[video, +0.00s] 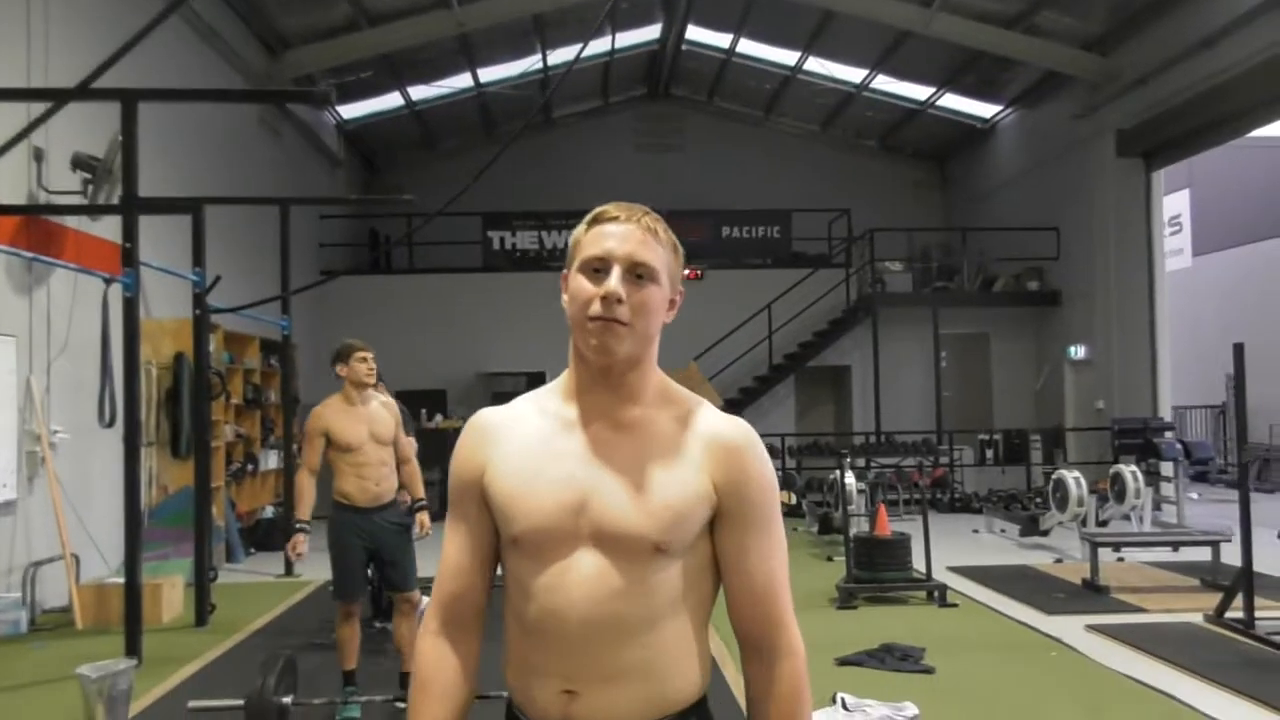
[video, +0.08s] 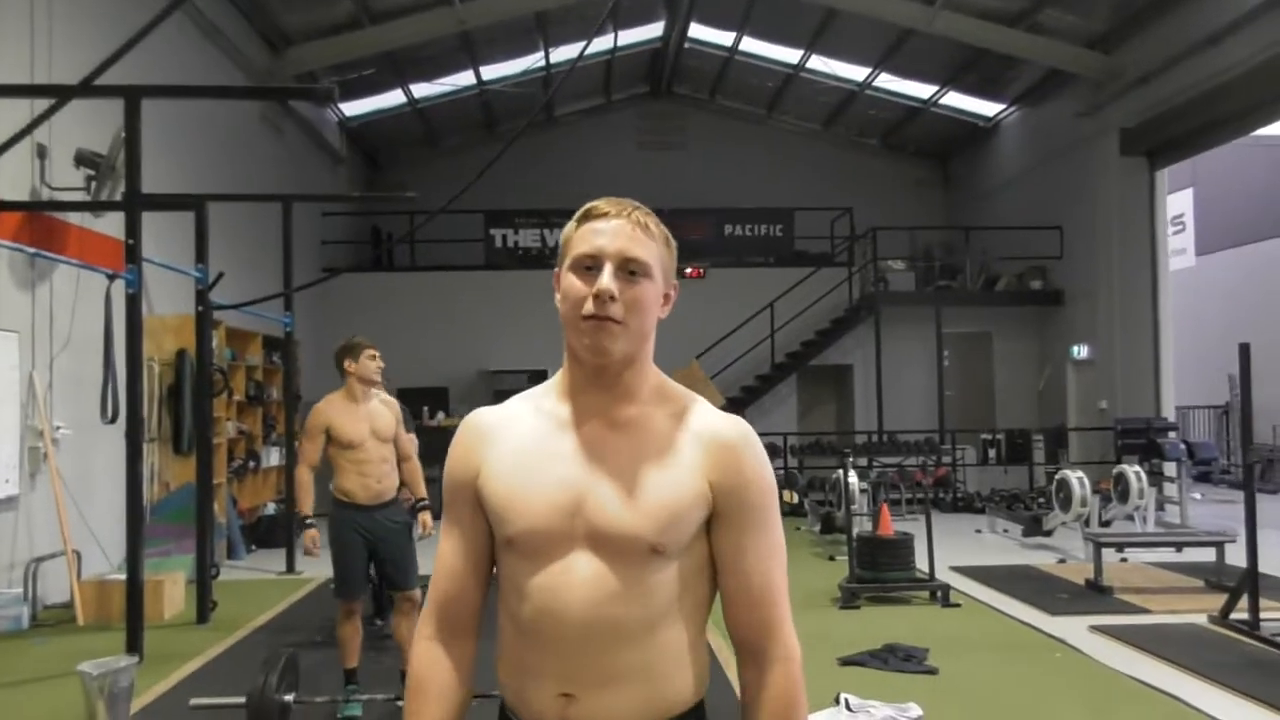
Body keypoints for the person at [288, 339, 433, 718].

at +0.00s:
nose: (372, 366)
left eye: (373, 361)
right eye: (363, 361)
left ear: (376, 368)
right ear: (342, 369)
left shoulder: (389, 407)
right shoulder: (324, 414)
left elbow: (408, 459)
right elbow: (308, 471)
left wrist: (420, 504)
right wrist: (301, 527)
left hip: (393, 515)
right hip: (348, 518)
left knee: (408, 600)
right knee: (349, 606)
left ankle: (408, 686)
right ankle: (349, 689)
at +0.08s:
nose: (380, 363)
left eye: (380, 358)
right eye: (372, 358)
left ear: (379, 366)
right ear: (350, 366)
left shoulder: (391, 405)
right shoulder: (326, 410)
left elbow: (408, 457)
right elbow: (306, 466)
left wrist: (422, 503)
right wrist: (306, 520)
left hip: (393, 514)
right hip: (349, 516)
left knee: (409, 599)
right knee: (351, 605)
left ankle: (411, 683)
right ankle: (351, 687)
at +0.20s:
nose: (391, 364)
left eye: (391, 358)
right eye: (384, 357)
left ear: (372, 362)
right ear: (362, 361)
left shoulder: (395, 402)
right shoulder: (332, 406)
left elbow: (412, 455)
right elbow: (308, 464)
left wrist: (428, 500)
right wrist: (321, 518)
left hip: (398, 511)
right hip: (354, 512)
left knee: (411, 594)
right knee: (356, 601)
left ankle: (415, 677)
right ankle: (358, 681)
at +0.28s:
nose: (396, 361)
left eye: (395, 355)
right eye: (390, 355)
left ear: (376, 360)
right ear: (367, 358)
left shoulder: (396, 400)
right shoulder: (335, 401)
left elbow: (414, 454)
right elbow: (313, 463)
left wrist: (435, 498)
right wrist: (326, 516)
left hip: (400, 506)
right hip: (357, 508)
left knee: (413, 591)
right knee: (358, 598)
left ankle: (418, 674)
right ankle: (361, 680)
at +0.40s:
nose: (396, 363)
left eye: (396, 357)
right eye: (390, 356)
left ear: (378, 362)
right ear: (367, 359)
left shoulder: (394, 402)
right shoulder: (334, 402)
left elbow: (409, 454)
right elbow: (314, 464)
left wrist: (421, 495)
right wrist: (325, 521)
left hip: (396, 508)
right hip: (354, 510)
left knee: (401, 598)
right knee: (358, 601)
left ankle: (404, 678)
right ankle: (359, 683)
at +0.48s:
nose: (391, 367)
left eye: (390, 361)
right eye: (385, 360)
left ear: (371, 363)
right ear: (363, 362)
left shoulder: (390, 406)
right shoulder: (330, 407)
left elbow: (395, 458)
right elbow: (311, 466)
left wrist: (404, 508)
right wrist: (319, 527)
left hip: (390, 512)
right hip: (350, 513)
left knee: (393, 602)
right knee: (354, 606)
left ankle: (397, 683)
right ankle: (357, 684)